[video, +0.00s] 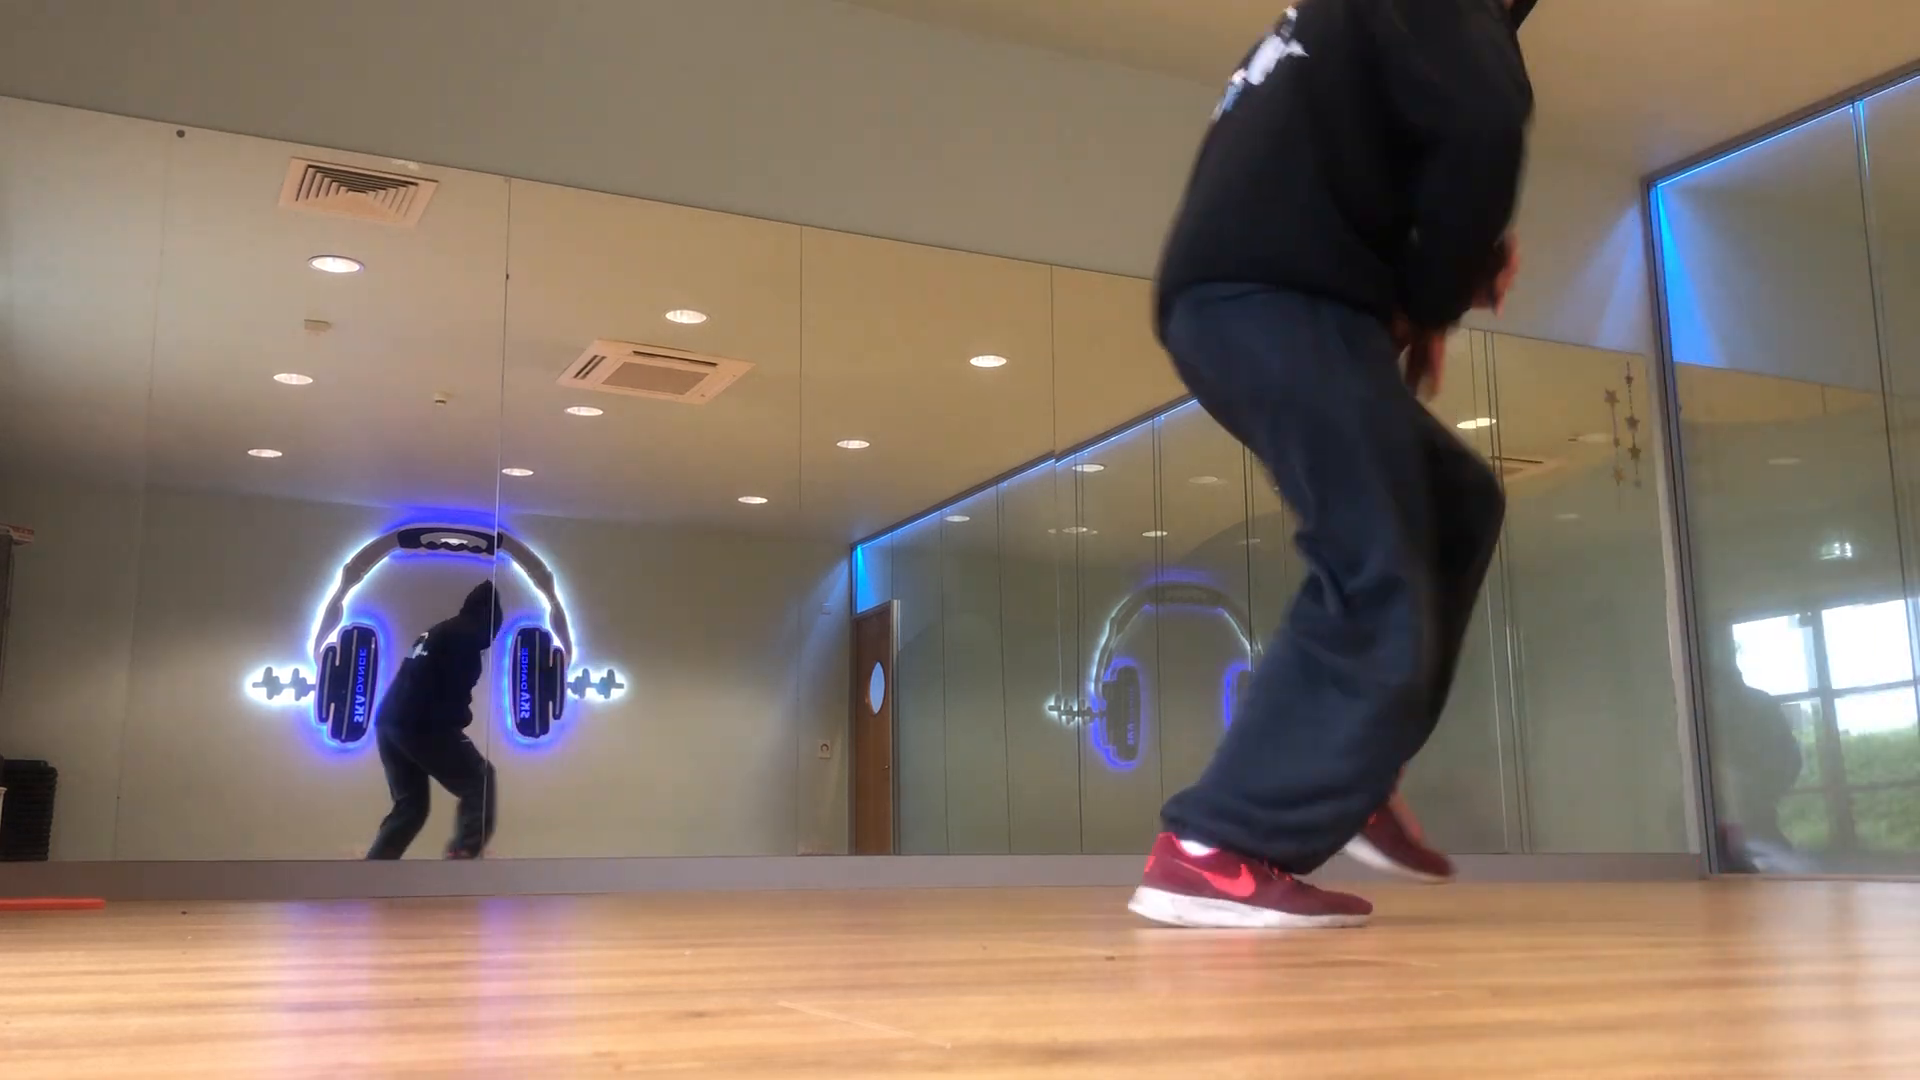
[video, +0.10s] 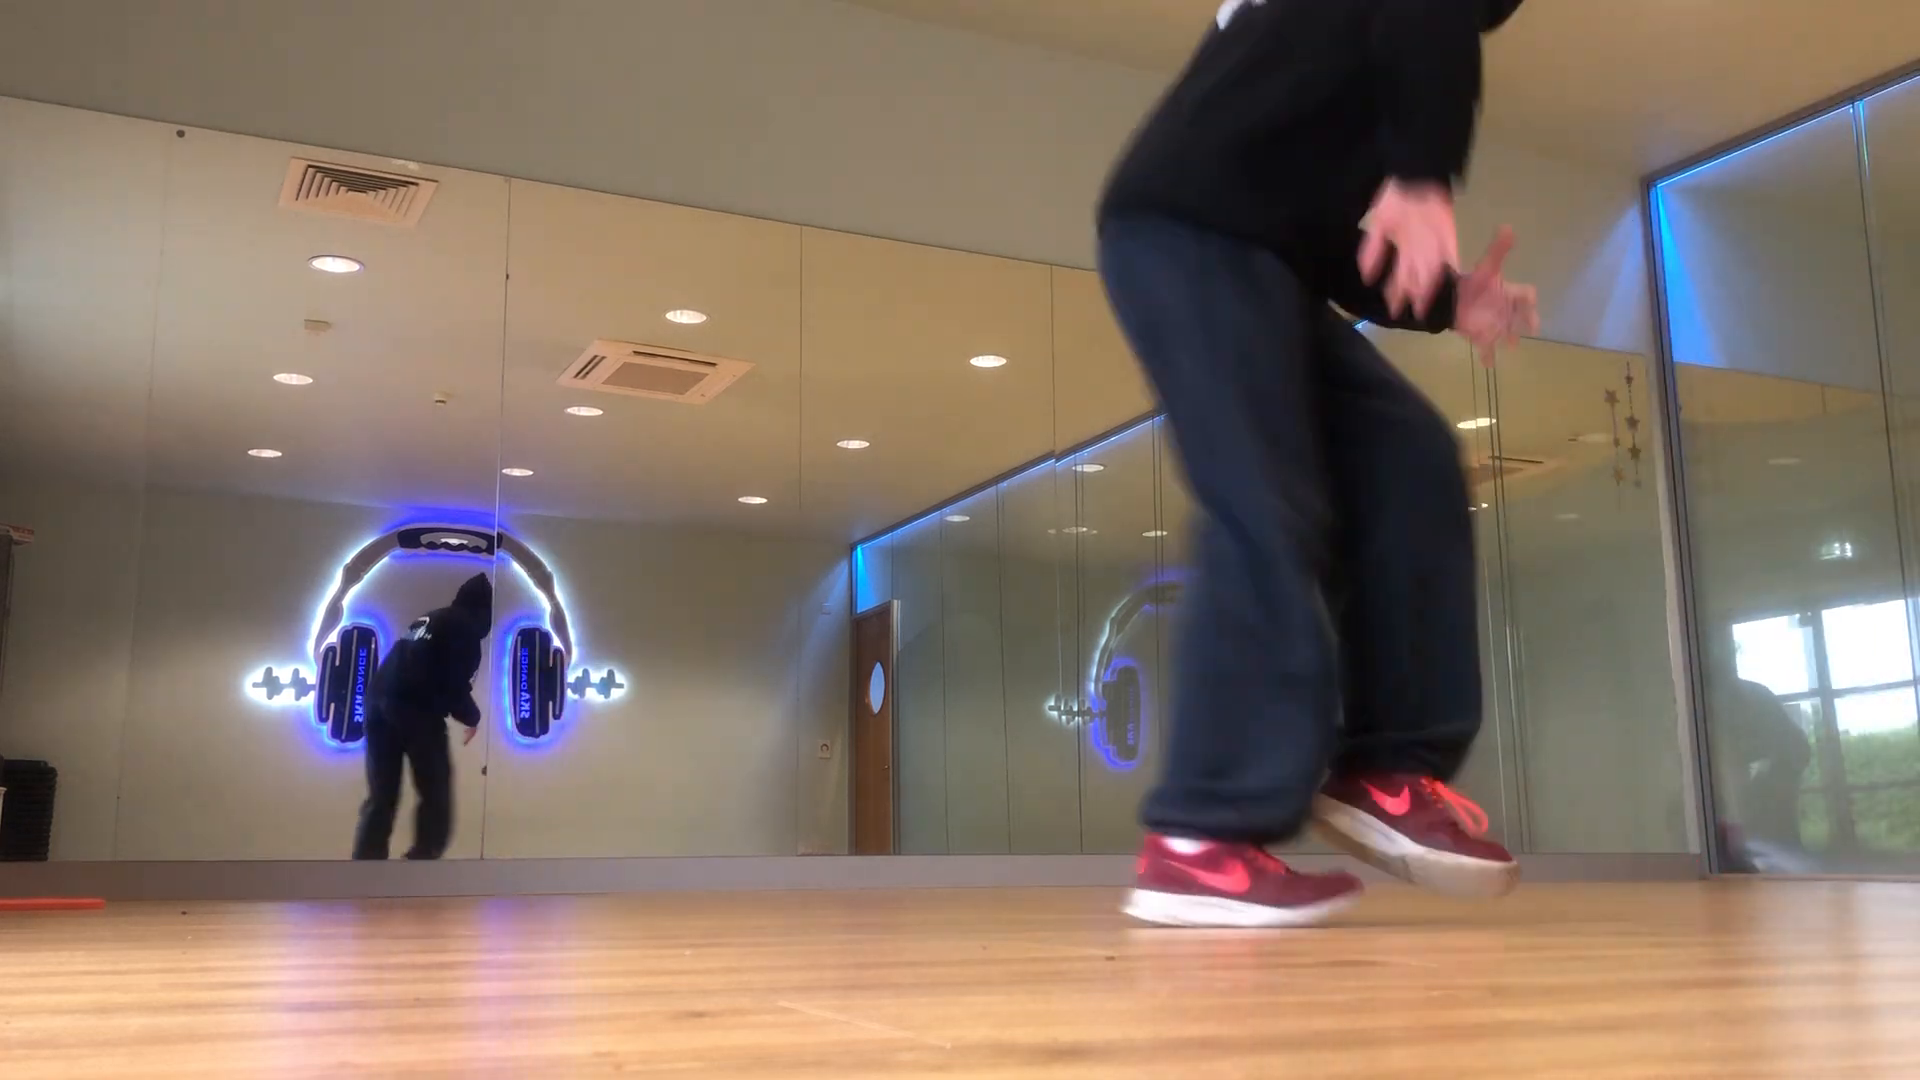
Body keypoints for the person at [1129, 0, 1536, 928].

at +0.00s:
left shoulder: (1379, 17)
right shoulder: (1447, 15)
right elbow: (1483, 122)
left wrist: (1460, 256)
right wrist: (1430, 307)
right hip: (1261, 295)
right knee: (1379, 571)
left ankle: (1351, 774)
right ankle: (1212, 843)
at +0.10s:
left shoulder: (1398, 53)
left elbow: (1312, 233)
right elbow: (1432, 16)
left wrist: (1444, 296)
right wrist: (1420, 172)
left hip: (1266, 260)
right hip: (1182, 223)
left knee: (1412, 461)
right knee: (1269, 510)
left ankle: (1382, 768)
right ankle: (1199, 835)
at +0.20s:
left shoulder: (1394, 74)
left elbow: (1320, 231)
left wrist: (1433, 335)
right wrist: (1309, 36)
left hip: (1271, 267)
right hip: (1162, 210)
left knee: (1330, 495)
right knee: (1178, 495)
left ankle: (1314, 793)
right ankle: (996, 771)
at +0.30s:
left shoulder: (1404, 105)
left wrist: (1360, 393)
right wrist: (1175, 24)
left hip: (1300, 294)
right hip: (1175, 231)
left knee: (1319, 525)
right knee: (1091, 507)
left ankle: (1229, 841)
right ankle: (858, 713)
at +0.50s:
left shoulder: (1376, 62)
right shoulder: (1169, 9)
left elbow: (1329, 230)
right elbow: (1086, 91)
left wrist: (1253, 356)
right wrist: (1094, 257)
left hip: (1219, 293)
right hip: (1079, 250)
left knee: (1214, 483)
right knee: (1045, 532)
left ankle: (1115, 760)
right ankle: (989, 821)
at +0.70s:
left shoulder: (1362, 44)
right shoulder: (1149, 19)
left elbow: (1375, 233)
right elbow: (1104, 203)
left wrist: (1367, 405)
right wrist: (1219, 298)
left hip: (1254, 356)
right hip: (1113, 331)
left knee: (1279, 576)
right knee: (1072, 562)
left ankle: (1207, 662)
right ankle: (998, 835)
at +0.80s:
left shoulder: (1401, 11)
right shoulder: (1190, 22)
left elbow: (1429, 116)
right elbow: (1186, 201)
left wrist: (1406, 180)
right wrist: (1351, 256)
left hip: (1315, 319)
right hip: (1180, 307)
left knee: (1348, 556)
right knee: (1123, 535)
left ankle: (1343, 768)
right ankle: (1042, 803)